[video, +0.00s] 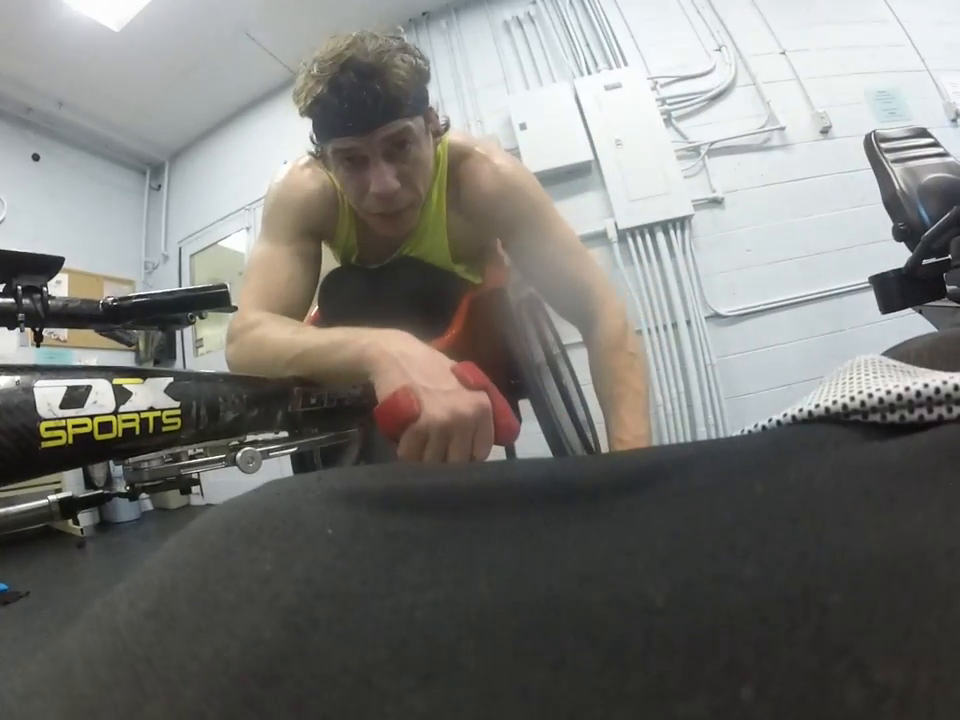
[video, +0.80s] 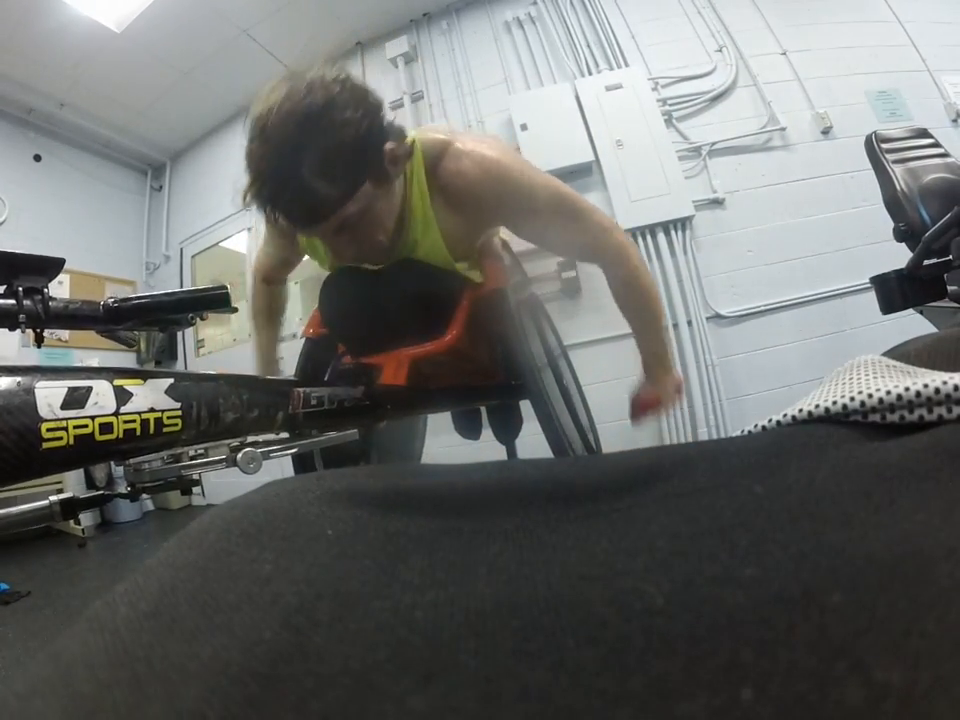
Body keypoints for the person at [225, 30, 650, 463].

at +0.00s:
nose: (382, 185)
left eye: (400, 148)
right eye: (352, 160)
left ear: (433, 126)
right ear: (324, 157)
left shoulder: (487, 179)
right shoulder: (303, 193)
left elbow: (606, 318)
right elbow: (248, 343)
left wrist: (629, 470)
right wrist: (381, 350)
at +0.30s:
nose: (381, 191)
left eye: (398, 154)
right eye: (352, 167)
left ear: (431, 131)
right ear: (324, 165)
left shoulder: (488, 180)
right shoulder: (304, 200)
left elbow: (612, 319)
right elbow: (237, 345)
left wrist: (647, 464)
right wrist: (371, 349)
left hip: (477, 327)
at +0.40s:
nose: (384, 193)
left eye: (400, 156)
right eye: (353, 169)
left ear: (433, 131)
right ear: (324, 165)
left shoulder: (489, 179)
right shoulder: (303, 203)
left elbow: (613, 318)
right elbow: (226, 342)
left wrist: (649, 474)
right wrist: (360, 335)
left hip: (487, 308)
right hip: (379, 316)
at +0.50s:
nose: (389, 187)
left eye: (404, 151)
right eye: (358, 164)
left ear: (435, 130)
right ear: (328, 160)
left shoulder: (490, 177)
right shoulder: (302, 203)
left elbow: (616, 317)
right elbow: (208, 348)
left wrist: (651, 468)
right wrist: (297, 310)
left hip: (487, 336)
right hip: (386, 351)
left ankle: (486, 403)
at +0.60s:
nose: (376, 191)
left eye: (394, 156)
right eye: (348, 169)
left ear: (429, 125)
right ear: (319, 157)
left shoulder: (484, 171)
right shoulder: (299, 198)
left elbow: (620, 302)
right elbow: (211, 308)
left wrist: (667, 459)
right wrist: (243, 326)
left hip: (480, 332)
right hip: (377, 350)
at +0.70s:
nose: (359, 209)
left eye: (374, 180)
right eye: (336, 192)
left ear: (410, 133)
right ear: (306, 175)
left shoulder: (477, 167)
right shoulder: (293, 202)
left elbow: (620, 280)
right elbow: (247, 287)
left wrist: (680, 439)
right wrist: (218, 362)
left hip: (470, 325)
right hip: (365, 347)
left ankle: (486, 392)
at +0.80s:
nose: (342, 248)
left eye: (350, 222)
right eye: (317, 235)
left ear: (393, 161)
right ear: (288, 213)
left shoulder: (468, 174)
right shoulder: (294, 216)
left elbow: (611, 247)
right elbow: (267, 276)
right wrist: (267, 380)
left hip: (470, 296)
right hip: (367, 318)